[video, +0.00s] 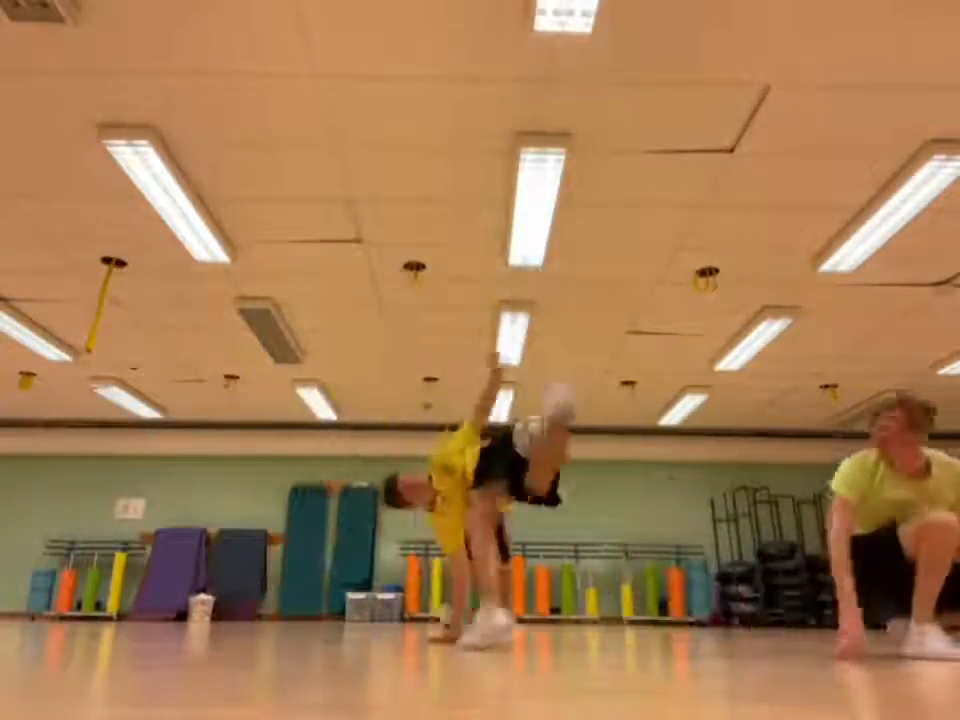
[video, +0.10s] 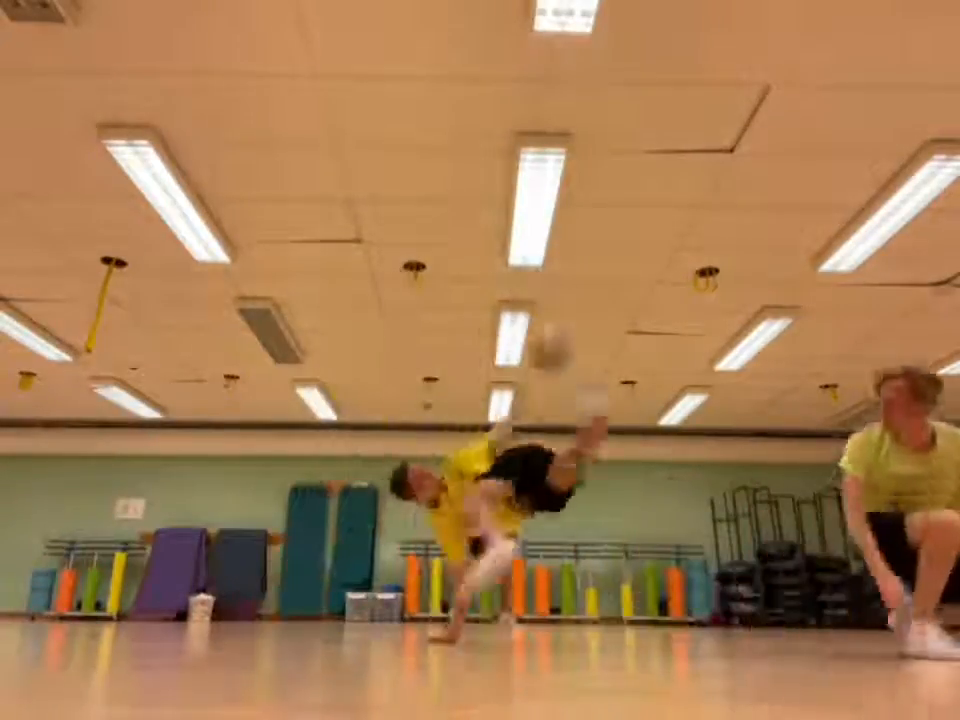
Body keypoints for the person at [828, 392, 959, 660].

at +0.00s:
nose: (879, 433)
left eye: (889, 425)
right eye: (878, 425)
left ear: (914, 433)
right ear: (873, 431)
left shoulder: (949, 472)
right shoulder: (858, 469)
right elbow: (838, 537)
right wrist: (849, 618)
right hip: (864, 557)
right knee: (942, 527)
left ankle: (901, 620)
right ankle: (922, 628)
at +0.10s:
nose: (884, 410)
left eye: (893, 401)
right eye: (883, 401)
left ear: (920, 404)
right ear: (879, 403)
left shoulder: (951, 442)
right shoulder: (864, 444)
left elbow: (953, 507)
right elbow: (855, 519)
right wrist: (884, 578)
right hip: (883, 530)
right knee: (946, 525)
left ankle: (909, 610)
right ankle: (922, 626)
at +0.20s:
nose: (883, 383)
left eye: (891, 374)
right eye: (881, 374)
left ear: (918, 377)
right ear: (879, 377)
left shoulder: (952, 412)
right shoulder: (868, 418)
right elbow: (867, 485)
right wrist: (901, 543)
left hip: (944, 495)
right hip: (893, 497)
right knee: (946, 521)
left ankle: (917, 614)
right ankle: (926, 621)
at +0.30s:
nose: (881, 351)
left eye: (889, 345)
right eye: (881, 344)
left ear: (916, 349)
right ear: (900, 351)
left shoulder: (952, 381)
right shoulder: (877, 393)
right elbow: (874, 461)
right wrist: (901, 513)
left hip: (949, 480)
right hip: (905, 478)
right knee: (945, 517)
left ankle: (918, 611)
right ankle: (939, 620)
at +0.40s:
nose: (876, 324)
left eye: (883, 316)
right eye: (877, 316)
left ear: (912, 321)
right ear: (903, 323)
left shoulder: (952, 356)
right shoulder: (882, 374)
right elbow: (880, 443)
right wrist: (899, 500)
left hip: (952, 464)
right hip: (912, 463)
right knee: (941, 514)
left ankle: (935, 603)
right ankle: (940, 624)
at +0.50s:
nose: (885, 310)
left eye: (890, 301)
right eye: (885, 302)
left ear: (918, 301)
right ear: (911, 303)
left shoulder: (954, 337)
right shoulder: (896, 353)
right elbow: (886, 419)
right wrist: (896, 473)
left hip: (954, 447)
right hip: (926, 447)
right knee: (942, 507)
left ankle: (943, 624)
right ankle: (939, 626)